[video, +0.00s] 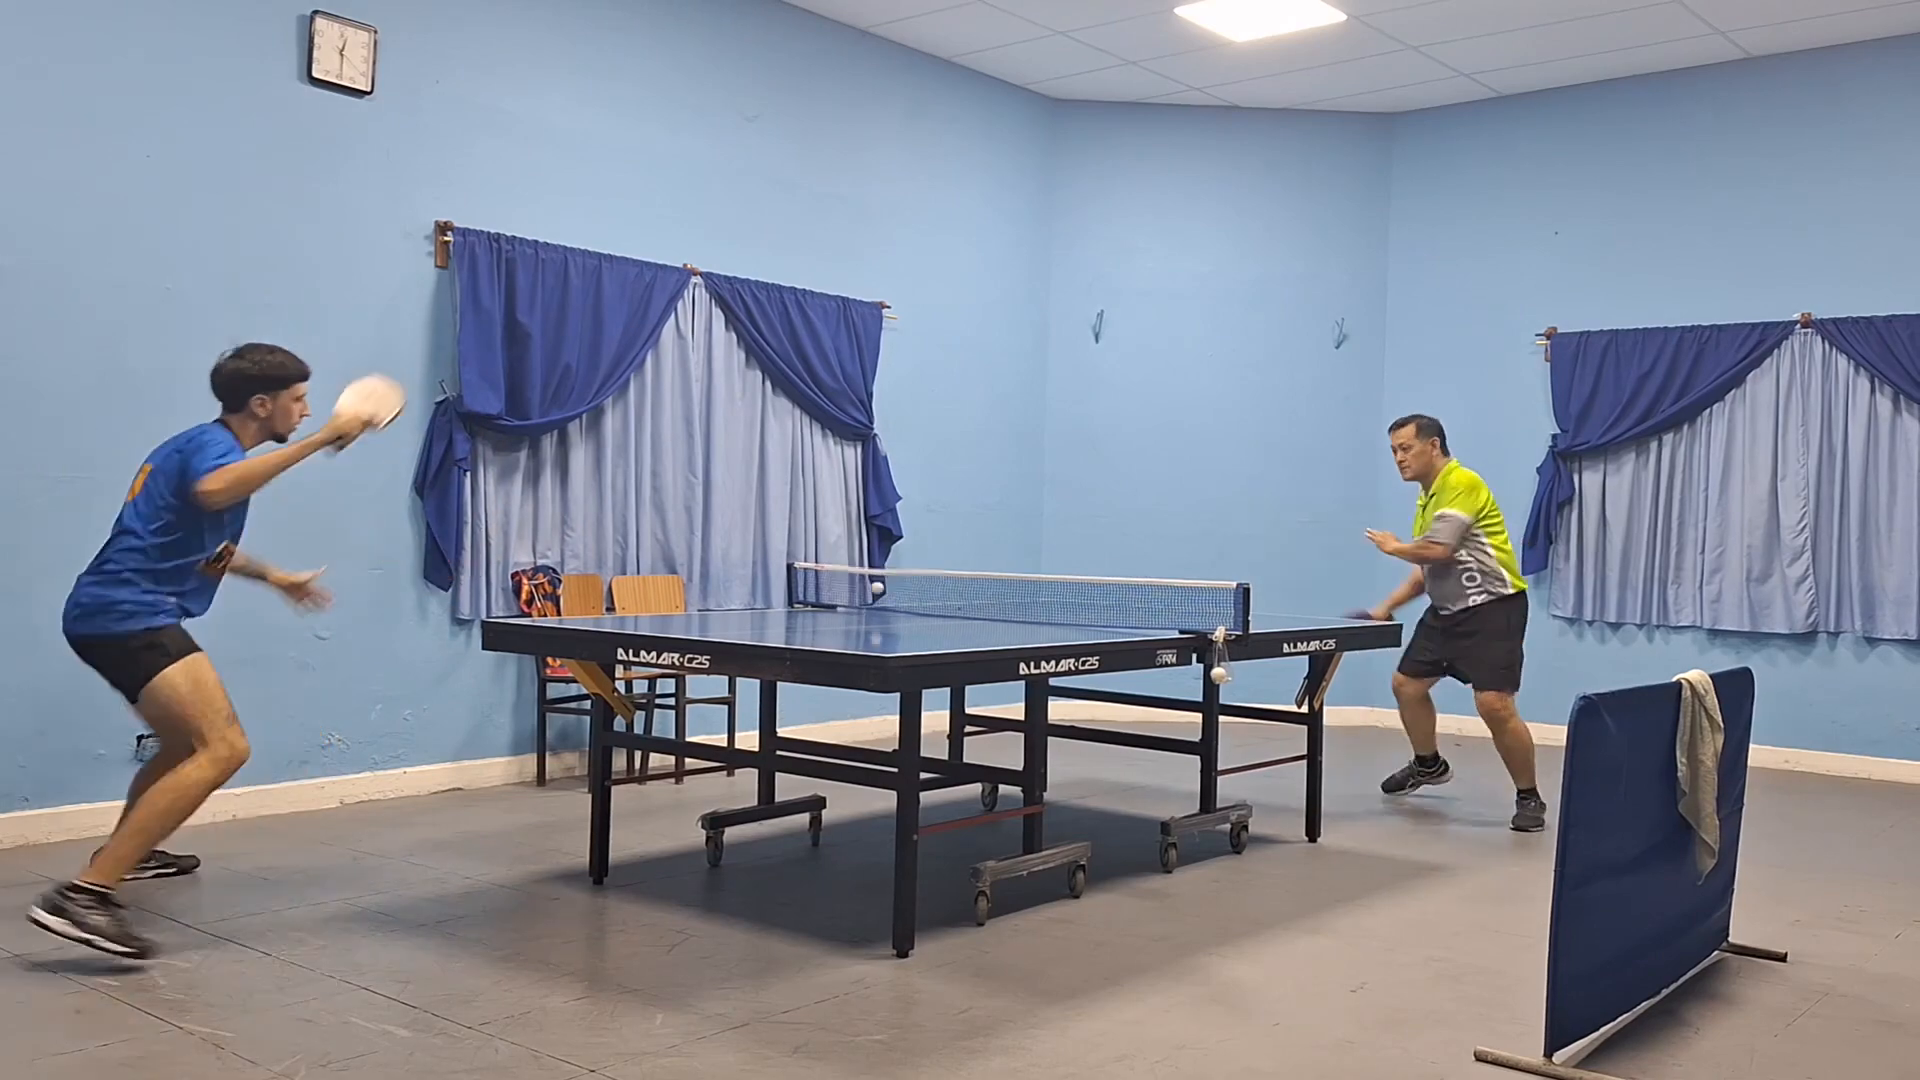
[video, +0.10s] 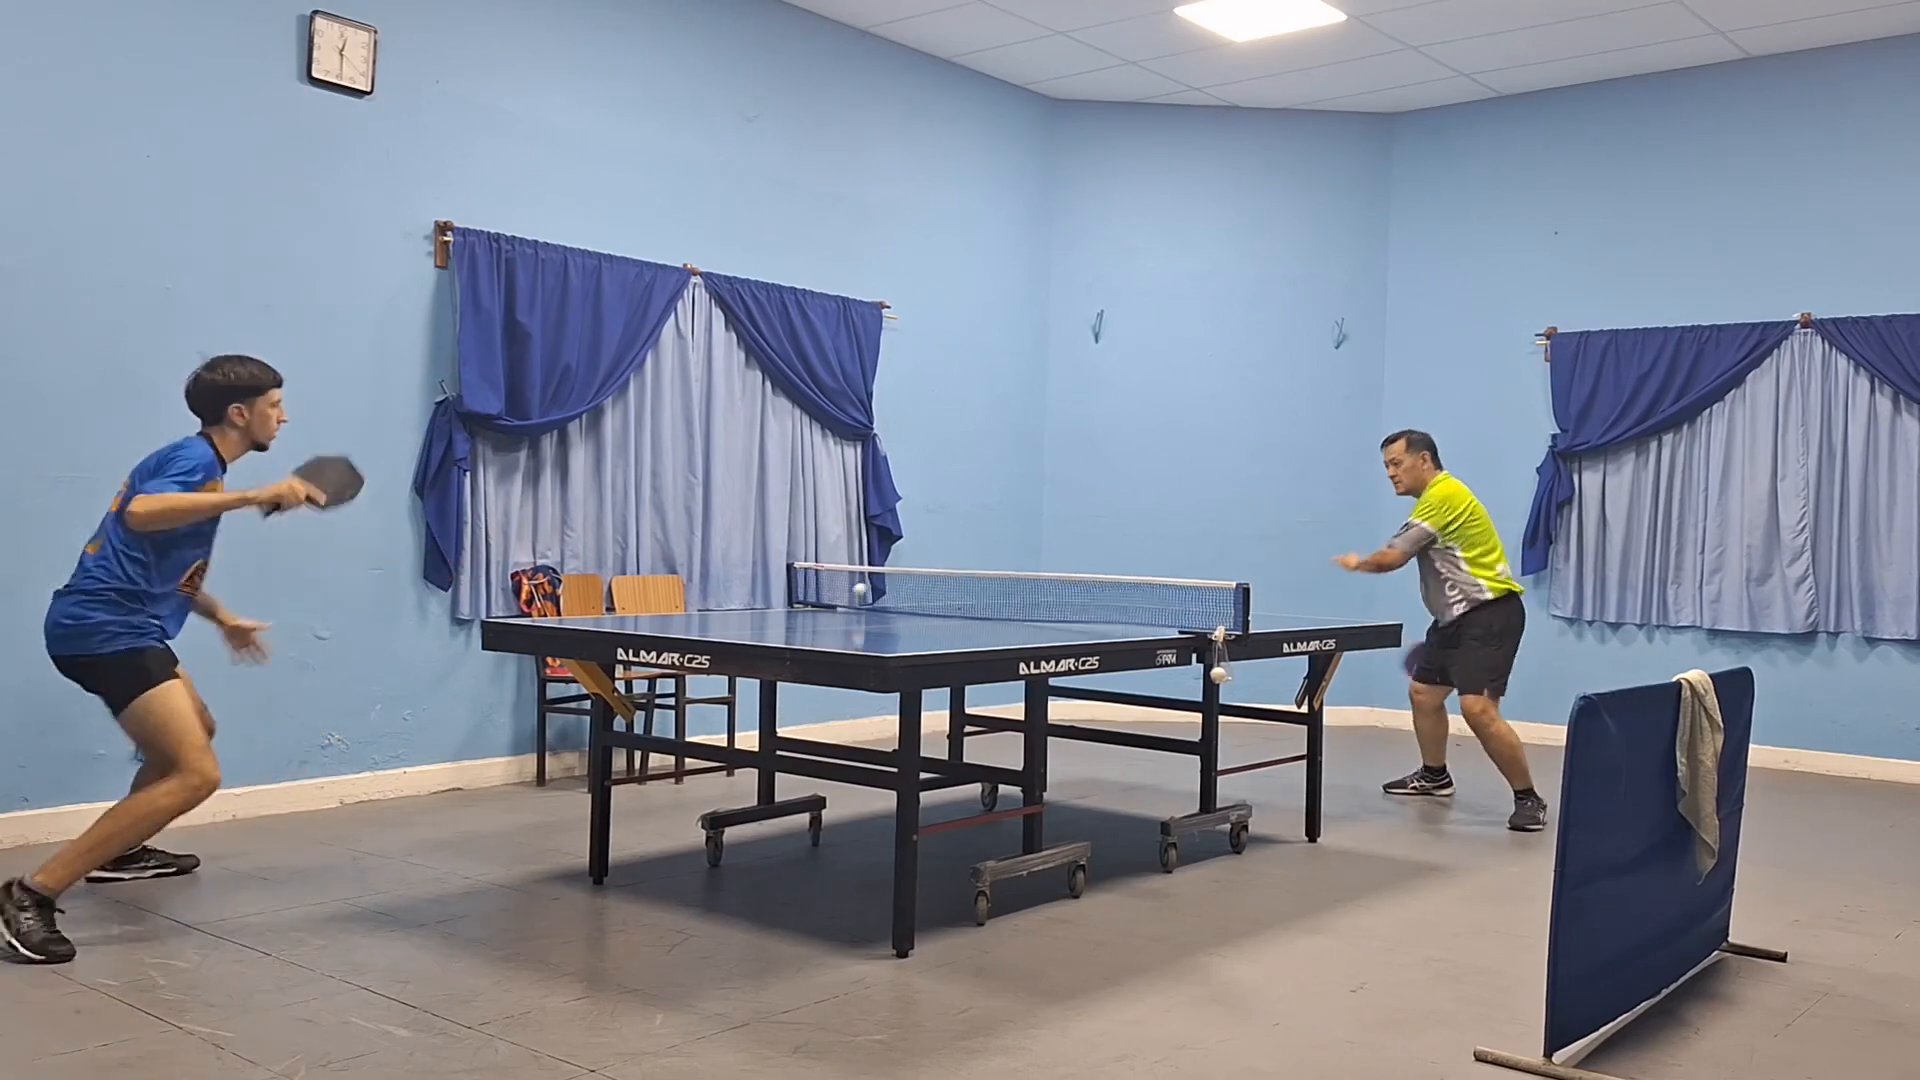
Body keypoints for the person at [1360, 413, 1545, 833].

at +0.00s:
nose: (1399, 458)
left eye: (1405, 449)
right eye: (1395, 452)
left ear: (1433, 446)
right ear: (1395, 457)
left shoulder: (1462, 482)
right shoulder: (1426, 500)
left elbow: (1441, 549)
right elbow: (1426, 571)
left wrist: (1395, 548)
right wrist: (1386, 608)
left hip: (1494, 607)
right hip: (1446, 611)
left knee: (1494, 705)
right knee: (1407, 685)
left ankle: (1528, 797)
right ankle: (1428, 763)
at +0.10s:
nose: (1390, 473)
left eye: (1396, 464)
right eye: (1387, 467)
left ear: (1424, 460)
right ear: (1424, 464)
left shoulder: (1444, 493)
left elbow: (1397, 553)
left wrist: (1362, 563)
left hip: (1491, 611)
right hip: (1457, 617)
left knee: (1477, 708)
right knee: (1424, 695)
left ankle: (1528, 798)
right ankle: (1434, 775)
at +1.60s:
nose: (1406, 468)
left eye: (1414, 459)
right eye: (1401, 460)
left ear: (1442, 459)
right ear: (1398, 463)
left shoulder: (1480, 497)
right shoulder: (1415, 506)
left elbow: (1507, 561)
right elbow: (1413, 561)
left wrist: (1446, 588)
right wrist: (1382, 583)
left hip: (1503, 603)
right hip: (1451, 606)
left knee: (1497, 689)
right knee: (1427, 686)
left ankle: (1508, 794)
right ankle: (1436, 772)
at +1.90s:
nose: (1405, 465)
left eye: (1413, 457)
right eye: (1401, 457)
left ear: (1442, 456)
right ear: (1398, 458)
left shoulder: (1478, 495)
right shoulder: (1416, 503)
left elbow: (1507, 558)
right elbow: (1411, 560)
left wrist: (1448, 588)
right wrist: (1380, 579)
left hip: (1503, 602)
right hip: (1452, 606)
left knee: (1496, 689)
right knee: (1429, 685)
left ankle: (1508, 794)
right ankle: (1437, 773)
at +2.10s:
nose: (1407, 459)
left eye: (1416, 451)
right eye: (1403, 451)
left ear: (1444, 451)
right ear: (1401, 453)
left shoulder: (1480, 492)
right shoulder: (1418, 499)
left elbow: (1506, 555)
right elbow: (1410, 558)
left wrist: (1447, 583)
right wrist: (1380, 571)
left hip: (1502, 602)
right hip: (1452, 606)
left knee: (1495, 689)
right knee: (1430, 685)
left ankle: (1508, 795)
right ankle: (1437, 773)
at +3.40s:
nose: (1282, 463)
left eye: (1288, 453)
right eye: (1280, 455)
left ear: (1317, 451)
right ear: (1298, 456)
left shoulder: (1367, 489)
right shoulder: (1292, 514)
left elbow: (1416, 540)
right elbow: (1256, 562)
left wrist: (1398, 595)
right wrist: (1195, 562)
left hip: (1389, 615)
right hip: (1328, 621)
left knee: (1430, 703)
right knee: (1288, 686)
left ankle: (1481, 791)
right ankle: (1276, 784)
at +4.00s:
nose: (1272, 462)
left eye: (1281, 454)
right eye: (1268, 456)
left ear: (1309, 458)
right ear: (1267, 464)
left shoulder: (1355, 498)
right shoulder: (1269, 524)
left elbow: (1404, 539)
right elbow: (1242, 575)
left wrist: (1390, 595)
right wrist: (1207, 581)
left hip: (1374, 617)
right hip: (1312, 625)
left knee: (1426, 700)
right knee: (1277, 689)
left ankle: (1474, 773)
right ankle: (1273, 783)